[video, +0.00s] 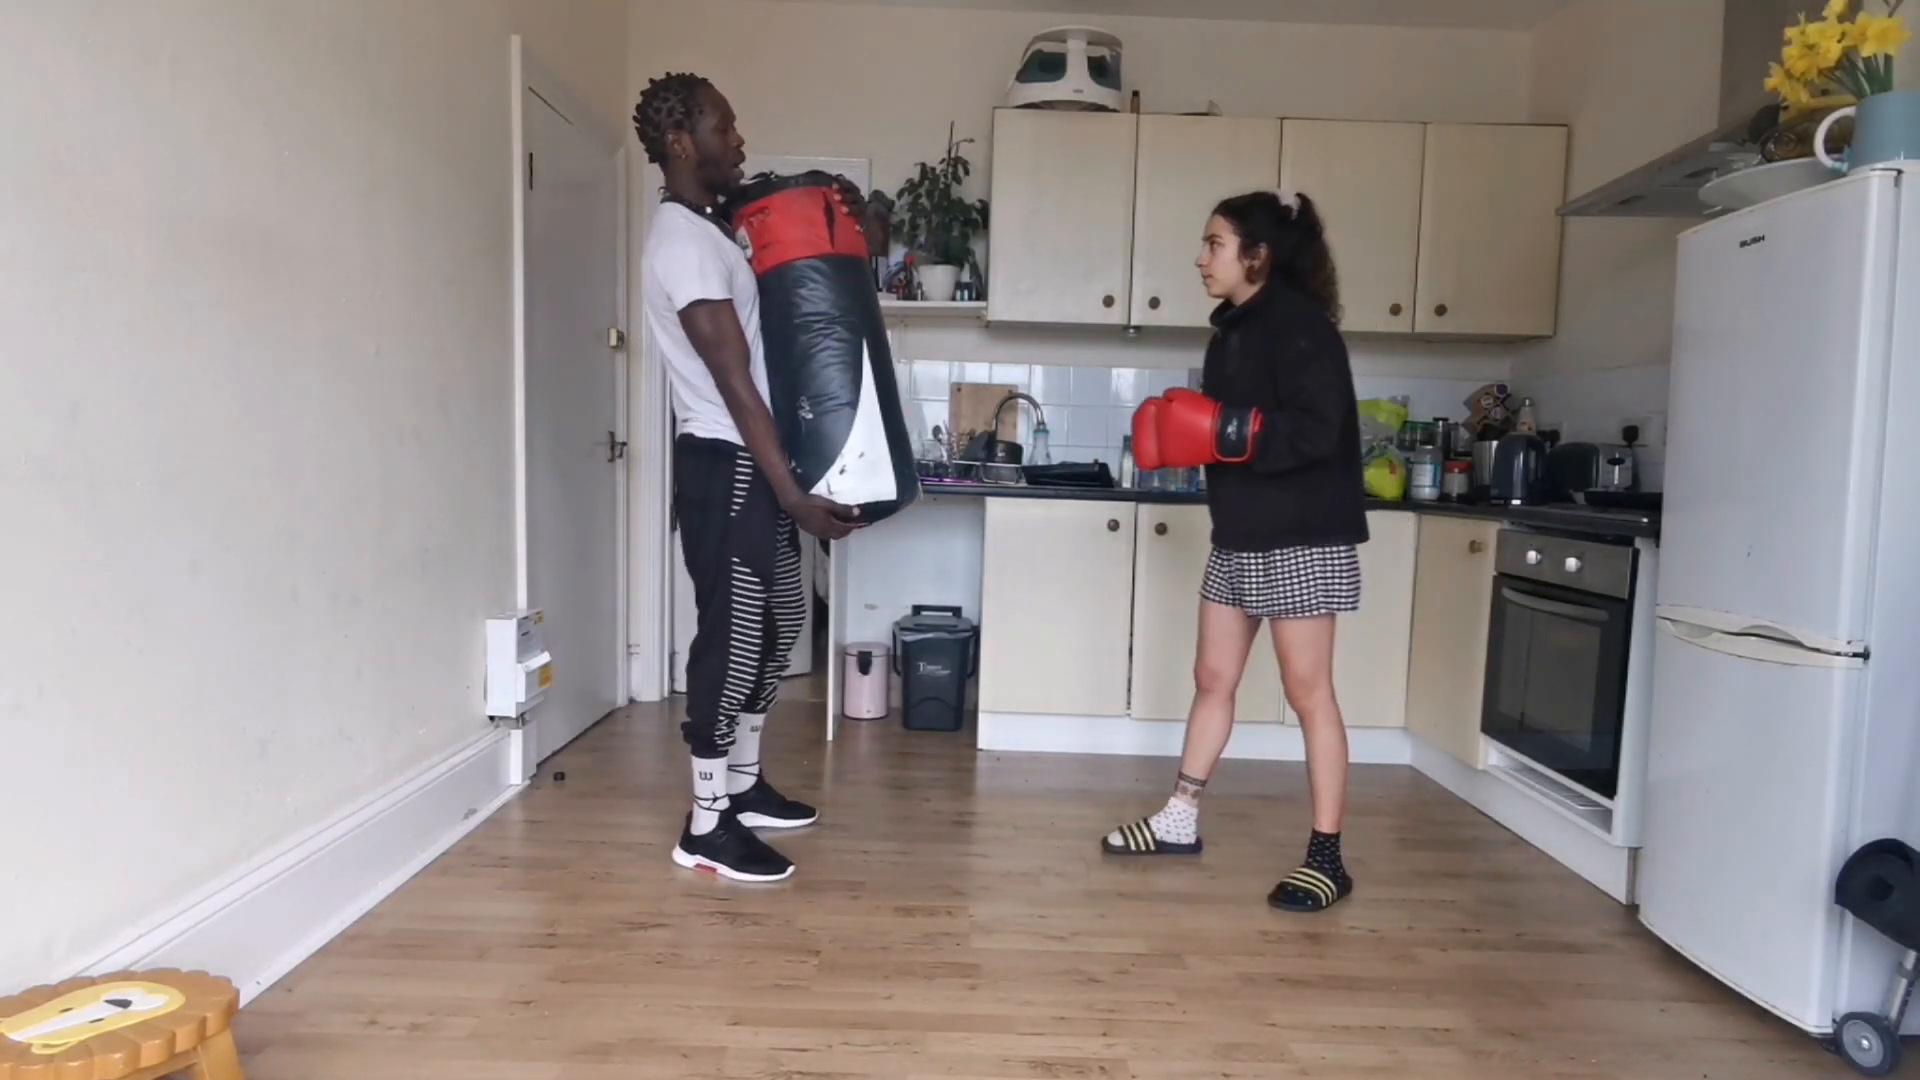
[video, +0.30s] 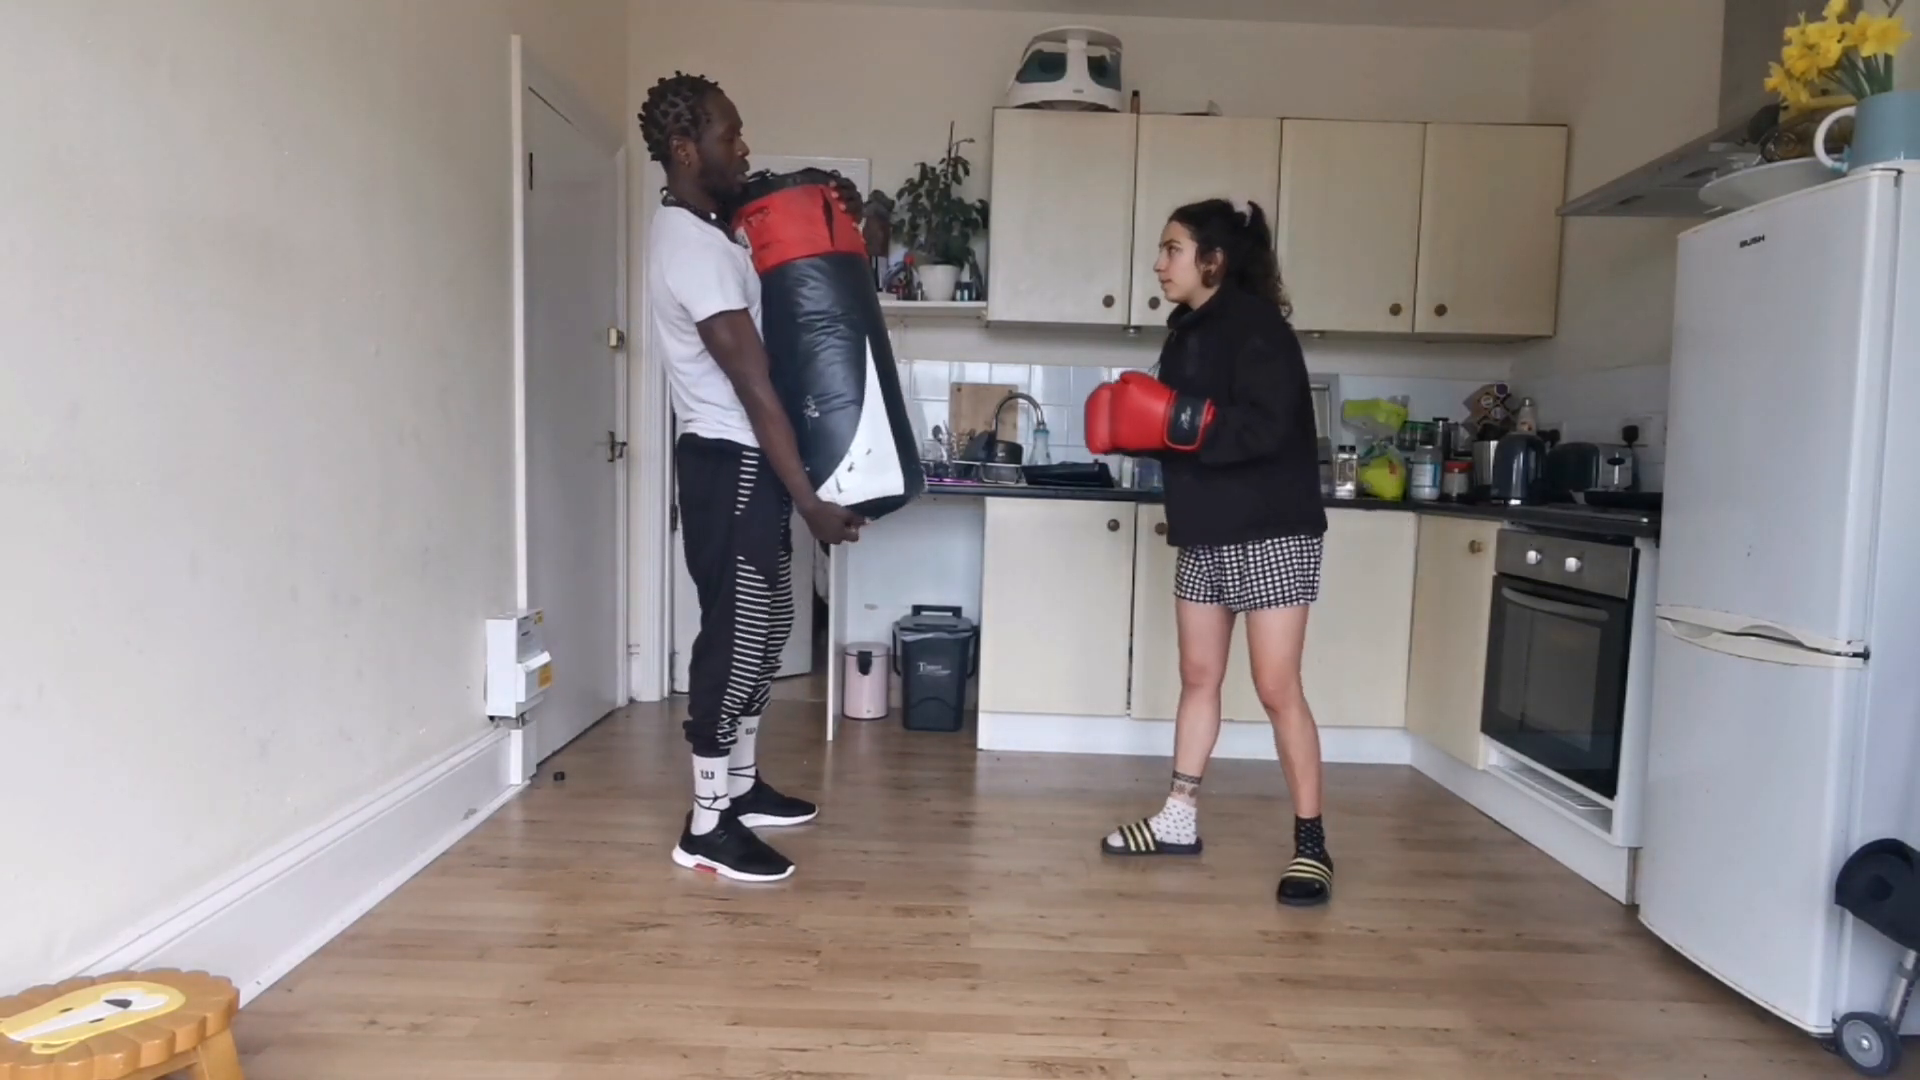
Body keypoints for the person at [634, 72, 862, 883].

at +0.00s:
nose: (741, 141)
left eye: (736, 126)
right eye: (724, 127)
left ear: (686, 142)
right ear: (677, 140)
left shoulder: (718, 231)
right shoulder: (683, 239)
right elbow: (732, 377)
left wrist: (842, 228)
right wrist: (793, 492)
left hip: (758, 453)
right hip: (721, 457)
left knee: (778, 620)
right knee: (733, 628)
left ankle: (741, 784)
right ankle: (707, 822)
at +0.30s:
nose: (745, 151)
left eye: (742, 135)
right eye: (731, 137)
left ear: (687, 148)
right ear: (683, 148)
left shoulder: (711, 233)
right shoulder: (692, 244)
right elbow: (752, 380)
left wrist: (832, 225)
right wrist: (807, 497)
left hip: (750, 451)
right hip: (725, 455)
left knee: (763, 620)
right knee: (737, 626)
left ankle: (735, 787)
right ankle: (709, 821)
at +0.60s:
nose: (747, 155)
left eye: (743, 140)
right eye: (734, 141)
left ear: (690, 155)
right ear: (690, 153)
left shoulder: (699, 236)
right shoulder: (702, 249)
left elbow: (787, 307)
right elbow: (751, 380)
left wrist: (844, 235)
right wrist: (805, 490)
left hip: (742, 452)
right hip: (737, 457)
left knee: (751, 622)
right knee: (761, 625)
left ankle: (734, 784)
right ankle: (711, 818)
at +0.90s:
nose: (748, 155)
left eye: (743, 141)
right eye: (733, 143)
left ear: (694, 158)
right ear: (690, 157)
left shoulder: (719, 237)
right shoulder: (697, 246)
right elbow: (744, 382)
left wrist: (847, 234)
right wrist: (797, 485)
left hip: (753, 454)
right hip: (736, 458)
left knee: (764, 626)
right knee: (786, 631)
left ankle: (739, 783)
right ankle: (718, 804)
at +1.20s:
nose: (746, 147)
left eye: (740, 133)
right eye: (730, 135)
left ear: (694, 151)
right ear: (687, 150)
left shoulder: (718, 234)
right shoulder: (685, 239)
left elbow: (794, 314)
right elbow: (735, 378)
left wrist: (853, 237)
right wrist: (790, 483)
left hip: (753, 452)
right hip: (726, 454)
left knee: (764, 619)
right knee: (743, 622)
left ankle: (739, 783)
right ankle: (714, 807)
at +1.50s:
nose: (735, 144)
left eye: (730, 130)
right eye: (720, 132)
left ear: (681, 148)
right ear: (676, 146)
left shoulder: (709, 233)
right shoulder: (673, 240)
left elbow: (776, 316)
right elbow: (722, 378)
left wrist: (826, 233)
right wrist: (776, 486)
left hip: (749, 450)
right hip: (713, 455)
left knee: (772, 612)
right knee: (725, 621)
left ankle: (731, 768)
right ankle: (710, 811)